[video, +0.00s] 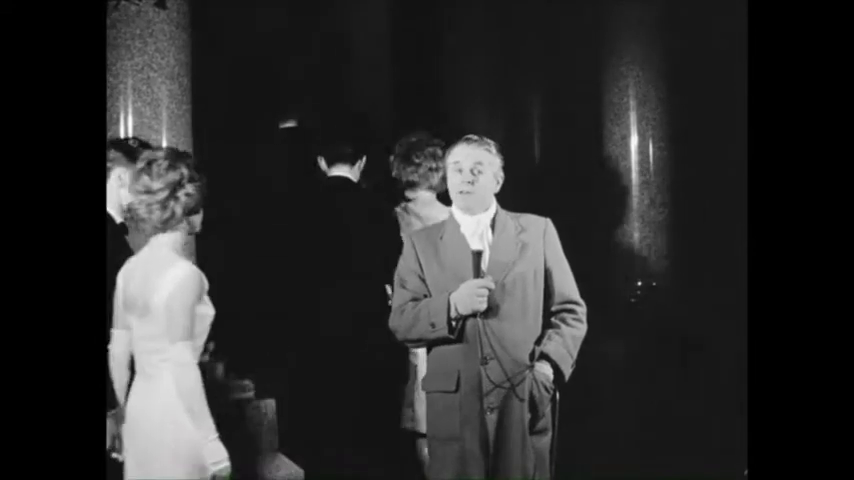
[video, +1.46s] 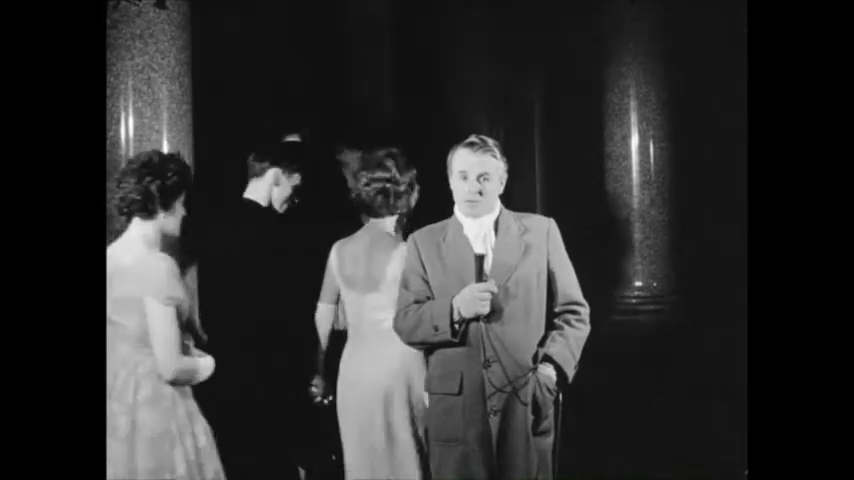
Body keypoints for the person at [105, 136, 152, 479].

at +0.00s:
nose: (142, 191)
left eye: (141, 179)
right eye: (137, 177)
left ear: (119, 179)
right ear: (117, 179)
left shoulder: (122, 239)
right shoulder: (114, 242)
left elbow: (119, 334)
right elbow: (115, 333)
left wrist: (118, 409)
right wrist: (114, 409)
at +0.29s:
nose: (178, 192)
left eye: (179, 183)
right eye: (172, 181)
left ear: (143, 178)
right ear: (140, 176)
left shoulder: (142, 237)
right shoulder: (124, 239)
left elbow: (146, 328)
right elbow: (129, 329)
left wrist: (158, 397)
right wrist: (152, 400)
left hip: (140, 401)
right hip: (126, 405)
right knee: (135, 470)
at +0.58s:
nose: (199, 191)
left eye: (199, 180)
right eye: (191, 179)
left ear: (161, 175)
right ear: (159, 174)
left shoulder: (160, 234)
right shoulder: (144, 237)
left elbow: (182, 319)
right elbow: (162, 323)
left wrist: (197, 386)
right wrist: (190, 387)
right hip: (157, 400)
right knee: (163, 473)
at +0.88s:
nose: (215, 191)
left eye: (214, 180)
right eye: (205, 180)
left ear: (180, 179)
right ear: (176, 178)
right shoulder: (168, 237)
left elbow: (195, 320)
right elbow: (185, 324)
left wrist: (229, 375)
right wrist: (229, 376)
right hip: (179, 387)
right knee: (188, 467)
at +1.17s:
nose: (250, 193)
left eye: (250, 182)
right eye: (241, 182)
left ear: (213, 180)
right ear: (212, 178)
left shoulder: (183, 235)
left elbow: (234, 319)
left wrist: (263, 375)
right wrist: (262, 377)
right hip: (210, 393)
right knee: (233, 469)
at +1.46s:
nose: (292, 195)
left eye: (295, 187)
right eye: (292, 184)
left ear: (264, 173)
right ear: (273, 175)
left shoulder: (219, 219)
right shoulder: (276, 229)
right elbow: (292, 307)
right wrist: (314, 370)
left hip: (229, 360)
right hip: (271, 362)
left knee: (238, 456)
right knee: (274, 458)